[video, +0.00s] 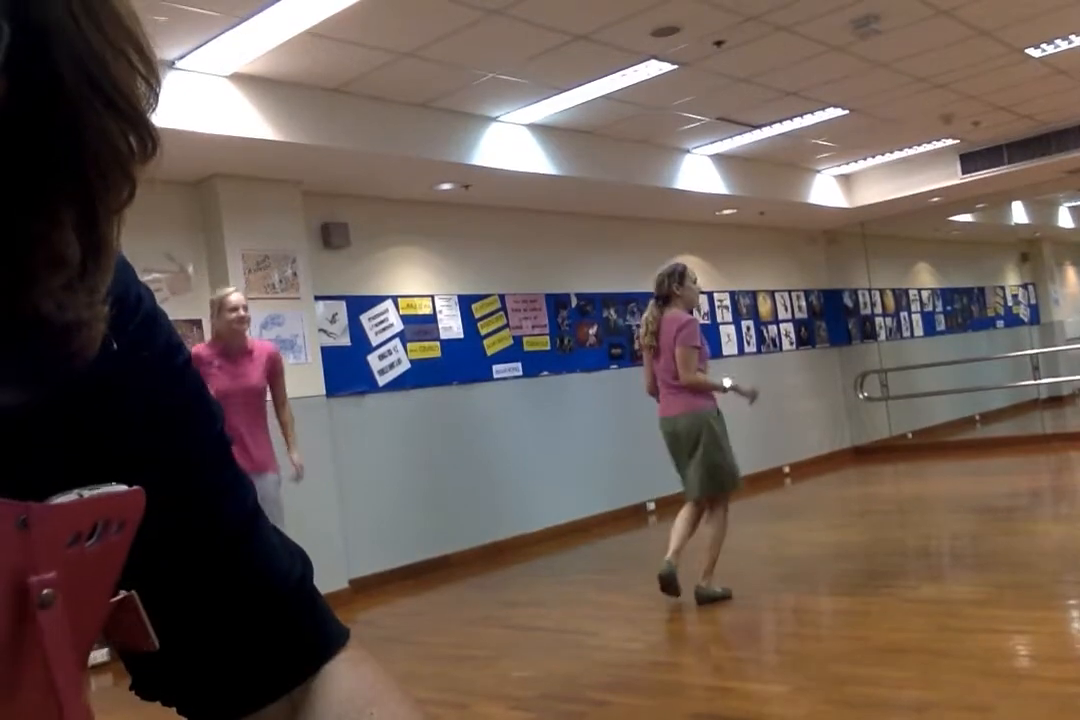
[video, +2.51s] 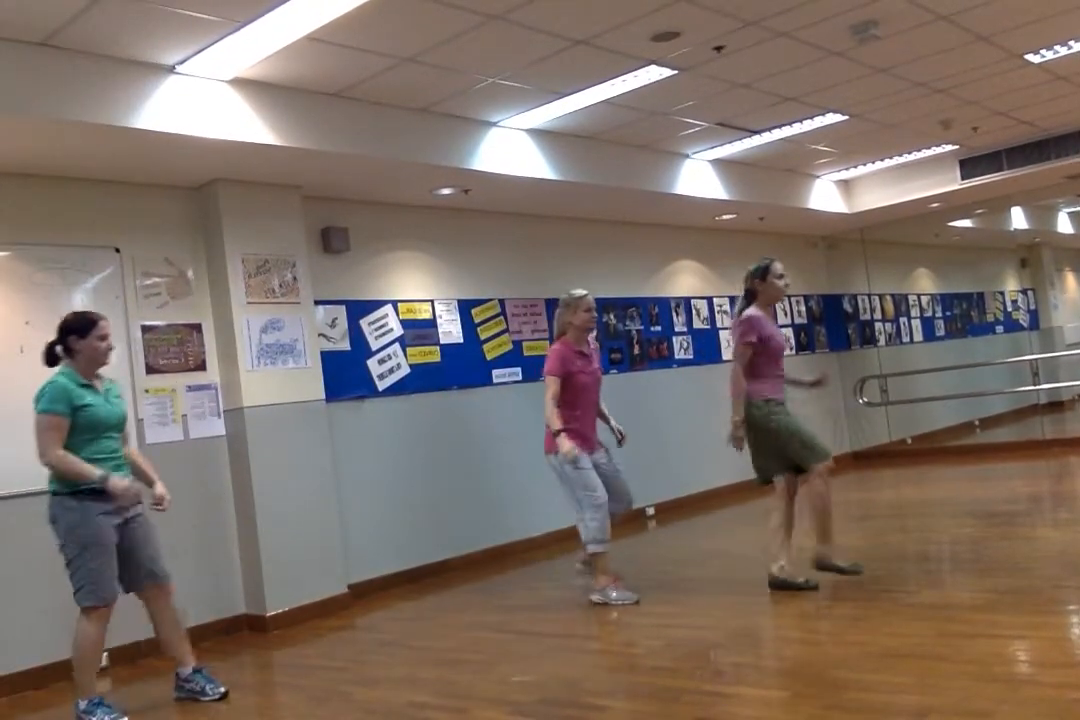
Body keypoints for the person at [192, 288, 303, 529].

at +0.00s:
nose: (241, 315)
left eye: (244, 308)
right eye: (233, 310)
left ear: (249, 313)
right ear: (216, 318)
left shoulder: (267, 353)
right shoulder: (199, 357)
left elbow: (281, 404)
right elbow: (194, 411)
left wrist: (292, 450)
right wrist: (201, 459)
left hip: (260, 460)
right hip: (220, 463)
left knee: (271, 536)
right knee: (230, 538)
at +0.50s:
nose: (279, 334)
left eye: (280, 328)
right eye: (272, 329)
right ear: (250, 332)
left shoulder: (263, 370)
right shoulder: (238, 373)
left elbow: (259, 429)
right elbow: (260, 425)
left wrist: (272, 460)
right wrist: (307, 432)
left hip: (269, 478)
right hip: (246, 485)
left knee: (325, 519)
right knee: (246, 556)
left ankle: (280, 577)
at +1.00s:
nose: (364, 325)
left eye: (364, 319)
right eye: (357, 320)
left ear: (351, 326)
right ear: (338, 325)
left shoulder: (342, 360)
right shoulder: (340, 358)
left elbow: (359, 416)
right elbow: (298, 396)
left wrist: (406, 421)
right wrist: (307, 438)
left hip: (322, 469)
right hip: (341, 466)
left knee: (329, 553)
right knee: (400, 511)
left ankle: (333, 632)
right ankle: (351, 565)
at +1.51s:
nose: (462, 322)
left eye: (461, 316)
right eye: (457, 316)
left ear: (435, 319)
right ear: (438, 318)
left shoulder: (421, 353)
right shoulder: (443, 352)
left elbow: (402, 403)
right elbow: (471, 399)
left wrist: (411, 445)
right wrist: (510, 401)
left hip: (429, 454)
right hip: (447, 455)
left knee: (484, 496)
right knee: (446, 526)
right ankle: (433, 613)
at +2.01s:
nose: (536, 312)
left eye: (537, 307)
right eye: (529, 308)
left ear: (535, 313)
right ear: (511, 314)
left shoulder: (540, 352)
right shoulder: (501, 348)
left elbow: (568, 382)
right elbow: (475, 390)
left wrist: (605, 394)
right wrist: (461, 425)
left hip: (531, 443)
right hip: (510, 444)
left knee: (524, 513)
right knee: (560, 496)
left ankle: (518, 585)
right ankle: (553, 572)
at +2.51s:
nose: (593, 316)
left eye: (593, 311)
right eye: (586, 311)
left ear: (591, 316)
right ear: (568, 316)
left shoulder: (590, 350)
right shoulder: (558, 353)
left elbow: (591, 396)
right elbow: (550, 402)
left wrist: (612, 424)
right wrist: (561, 436)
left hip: (591, 441)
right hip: (566, 443)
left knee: (620, 498)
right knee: (594, 500)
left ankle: (588, 556)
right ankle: (602, 580)